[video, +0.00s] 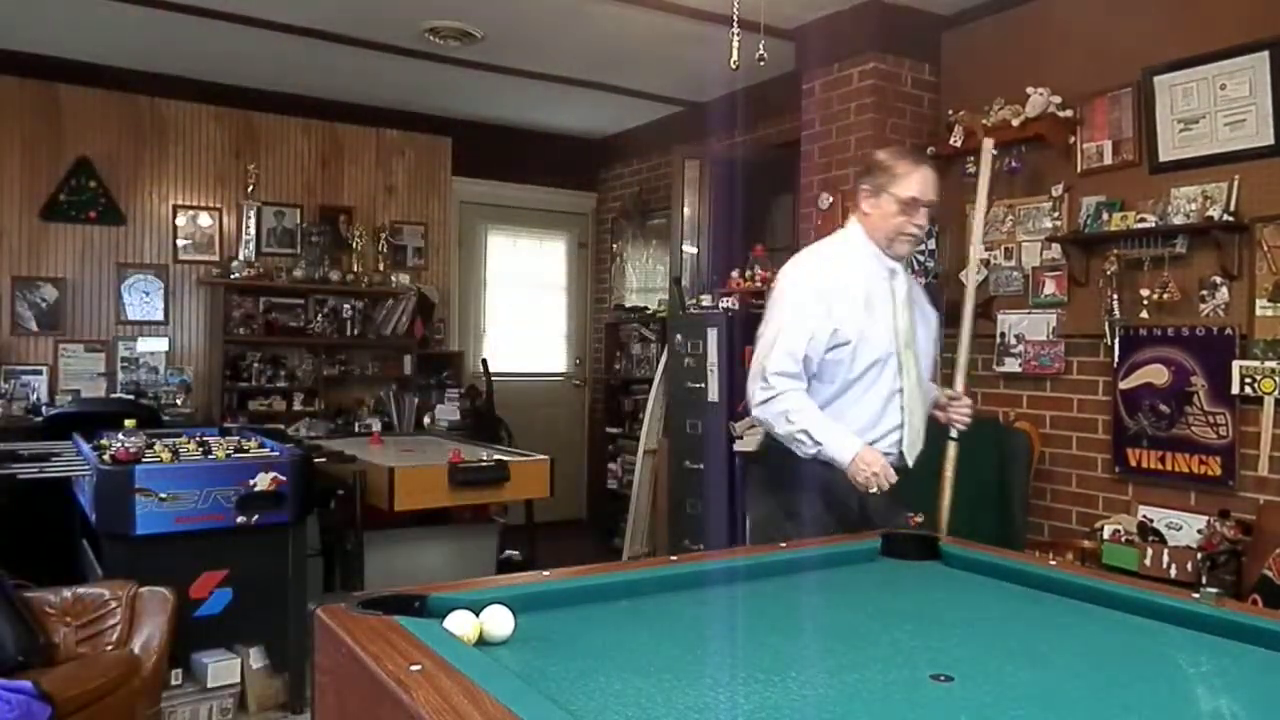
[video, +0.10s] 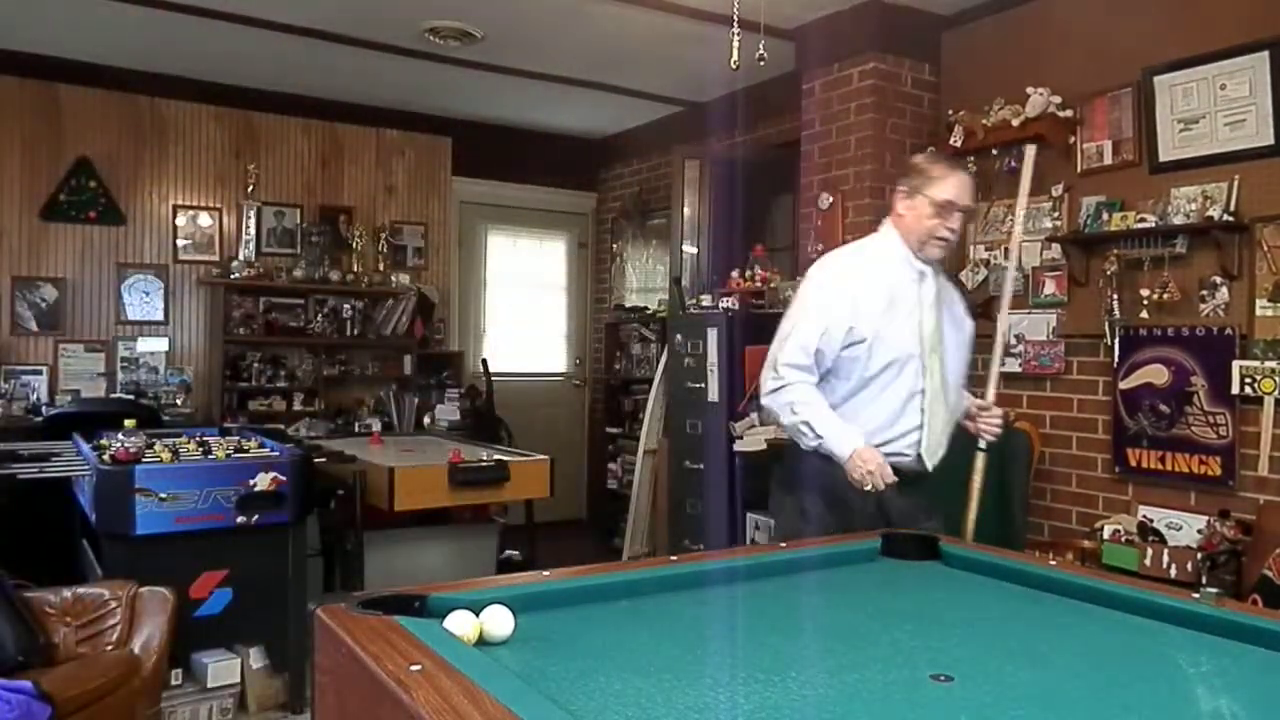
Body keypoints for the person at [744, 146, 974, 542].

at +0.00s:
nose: (921, 222)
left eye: (928, 210)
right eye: (909, 206)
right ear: (867, 200)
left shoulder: (910, 289)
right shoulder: (813, 273)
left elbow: (887, 375)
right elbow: (771, 390)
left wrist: (934, 399)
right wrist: (849, 451)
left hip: (880, 480)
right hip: (806, 478)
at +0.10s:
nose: (954, 226)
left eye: (963, 215)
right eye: (943, 209)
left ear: (969, 220)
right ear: (903, 202)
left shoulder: (950, 299)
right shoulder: (841, 274)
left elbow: (919, 378)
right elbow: (783, 382)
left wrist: (964, 407)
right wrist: (849, 448)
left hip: (911, 488)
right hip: (828, 485)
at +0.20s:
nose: (985, 227)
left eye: (995, 217)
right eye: (975, 209)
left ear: (1001, 222)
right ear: (935, 199)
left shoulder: (983, 303)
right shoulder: (865, 270)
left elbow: (982, 386)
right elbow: (801, 374)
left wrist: (999, 415)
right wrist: (859, 440)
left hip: (936, 490)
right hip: (851, 482)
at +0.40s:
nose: (1021, 225)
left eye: (1034, 216)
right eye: (1011, 207)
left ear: (1040, 220)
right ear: (972, 196)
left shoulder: (1025, 298)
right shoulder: (902, 264)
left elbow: (1036, 378)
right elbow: (835, 366)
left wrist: (1040, 415)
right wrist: (894, 435)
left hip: (967, 490)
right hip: (878, 482)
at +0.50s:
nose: (1034, 232)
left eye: (1047, 221)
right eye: (1023, 212)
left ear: (1054, 224)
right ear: (984, 200)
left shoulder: (1039, 298)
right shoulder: (915, 270)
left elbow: (1047, 381)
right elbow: (854, 374)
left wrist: (1053, 416)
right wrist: (920, 442)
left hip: (984, 491)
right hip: (894, 485)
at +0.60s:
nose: (1045, 237)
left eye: (1056, 224)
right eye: (1032, 218)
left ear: (1063, 226)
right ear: (992, 205)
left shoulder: (1051, 300)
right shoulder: (926, 277)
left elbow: (1060, 381)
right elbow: (878, 394)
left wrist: (1064, 413)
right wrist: (957, 457)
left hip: (1001, 493)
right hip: (915, 486)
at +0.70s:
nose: (1054, 245)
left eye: (1064, 230)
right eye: (1040, 226)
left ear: (1071, 229)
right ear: (997, 214)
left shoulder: (1057, 294)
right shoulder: (939, 287)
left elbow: (1065, 376)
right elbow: (912, 419)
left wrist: (1077, 411)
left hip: (1015, 501)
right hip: (932, 493)